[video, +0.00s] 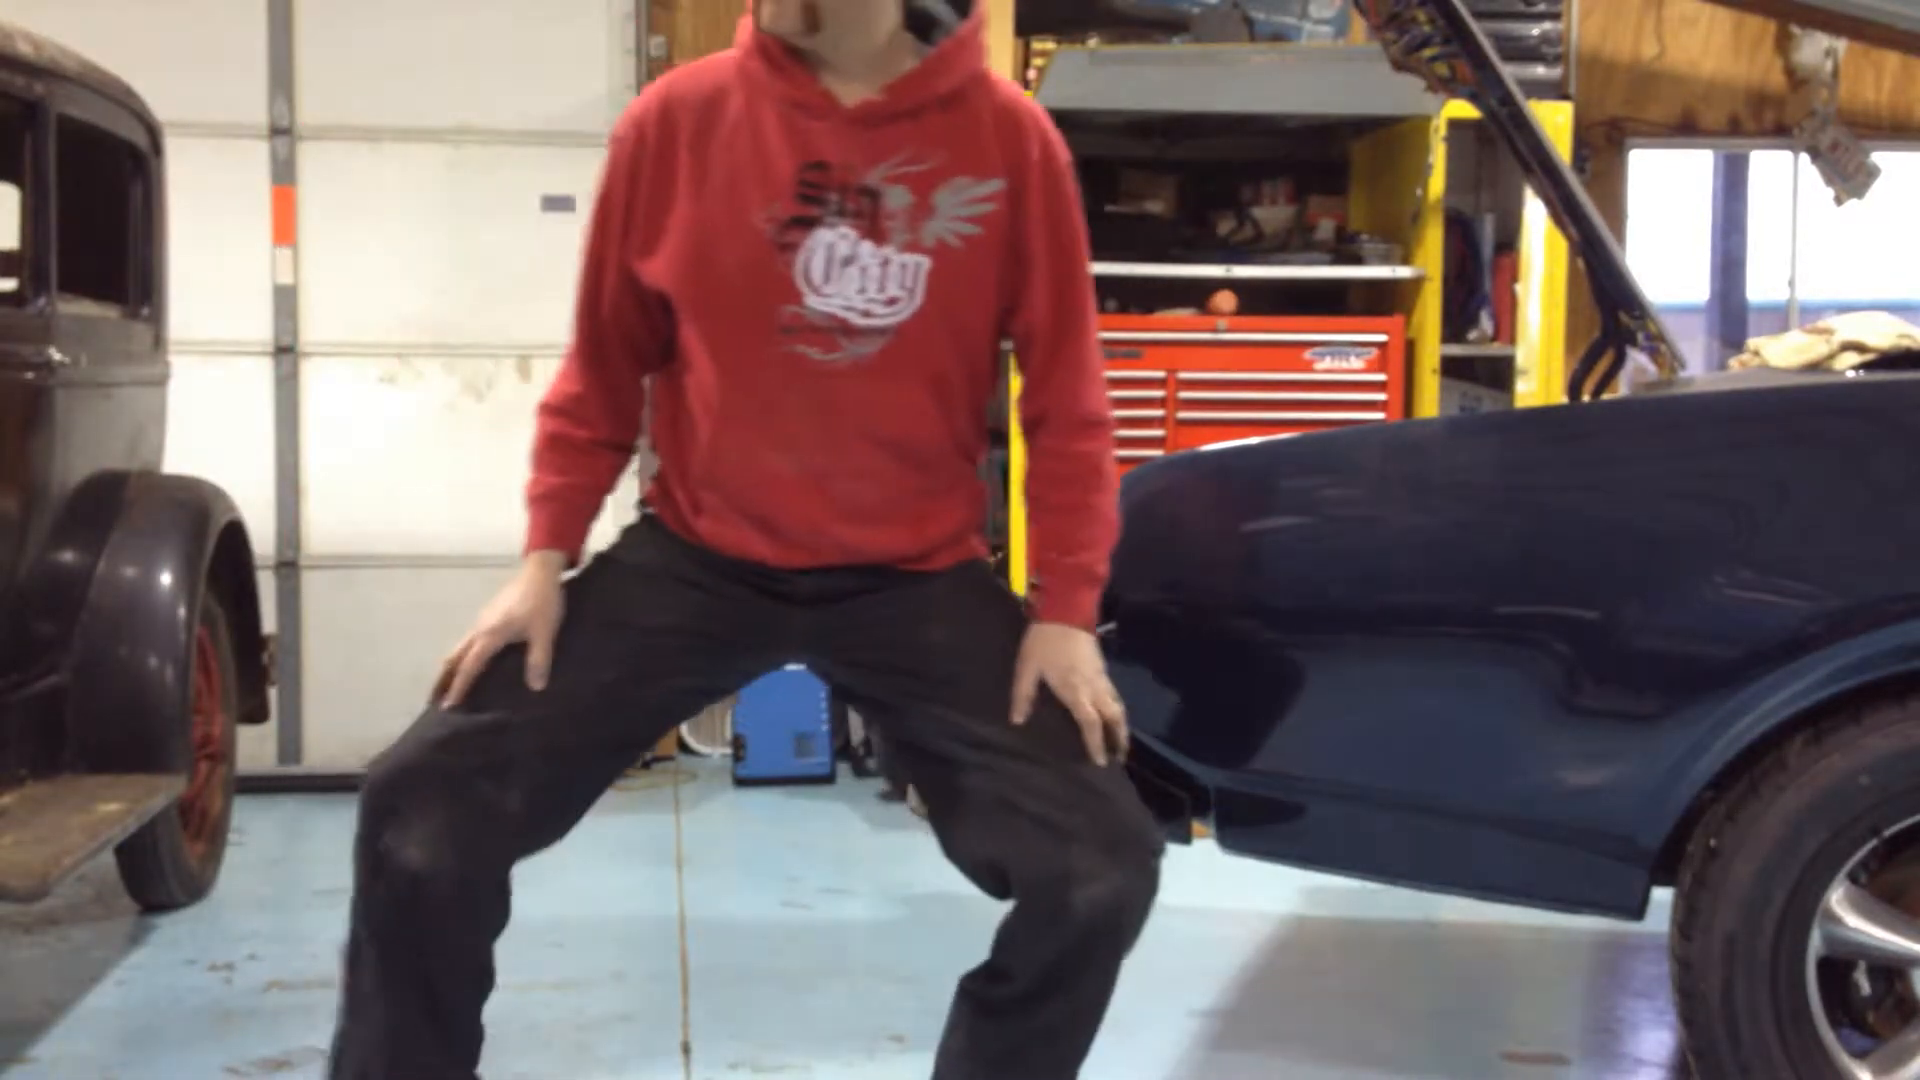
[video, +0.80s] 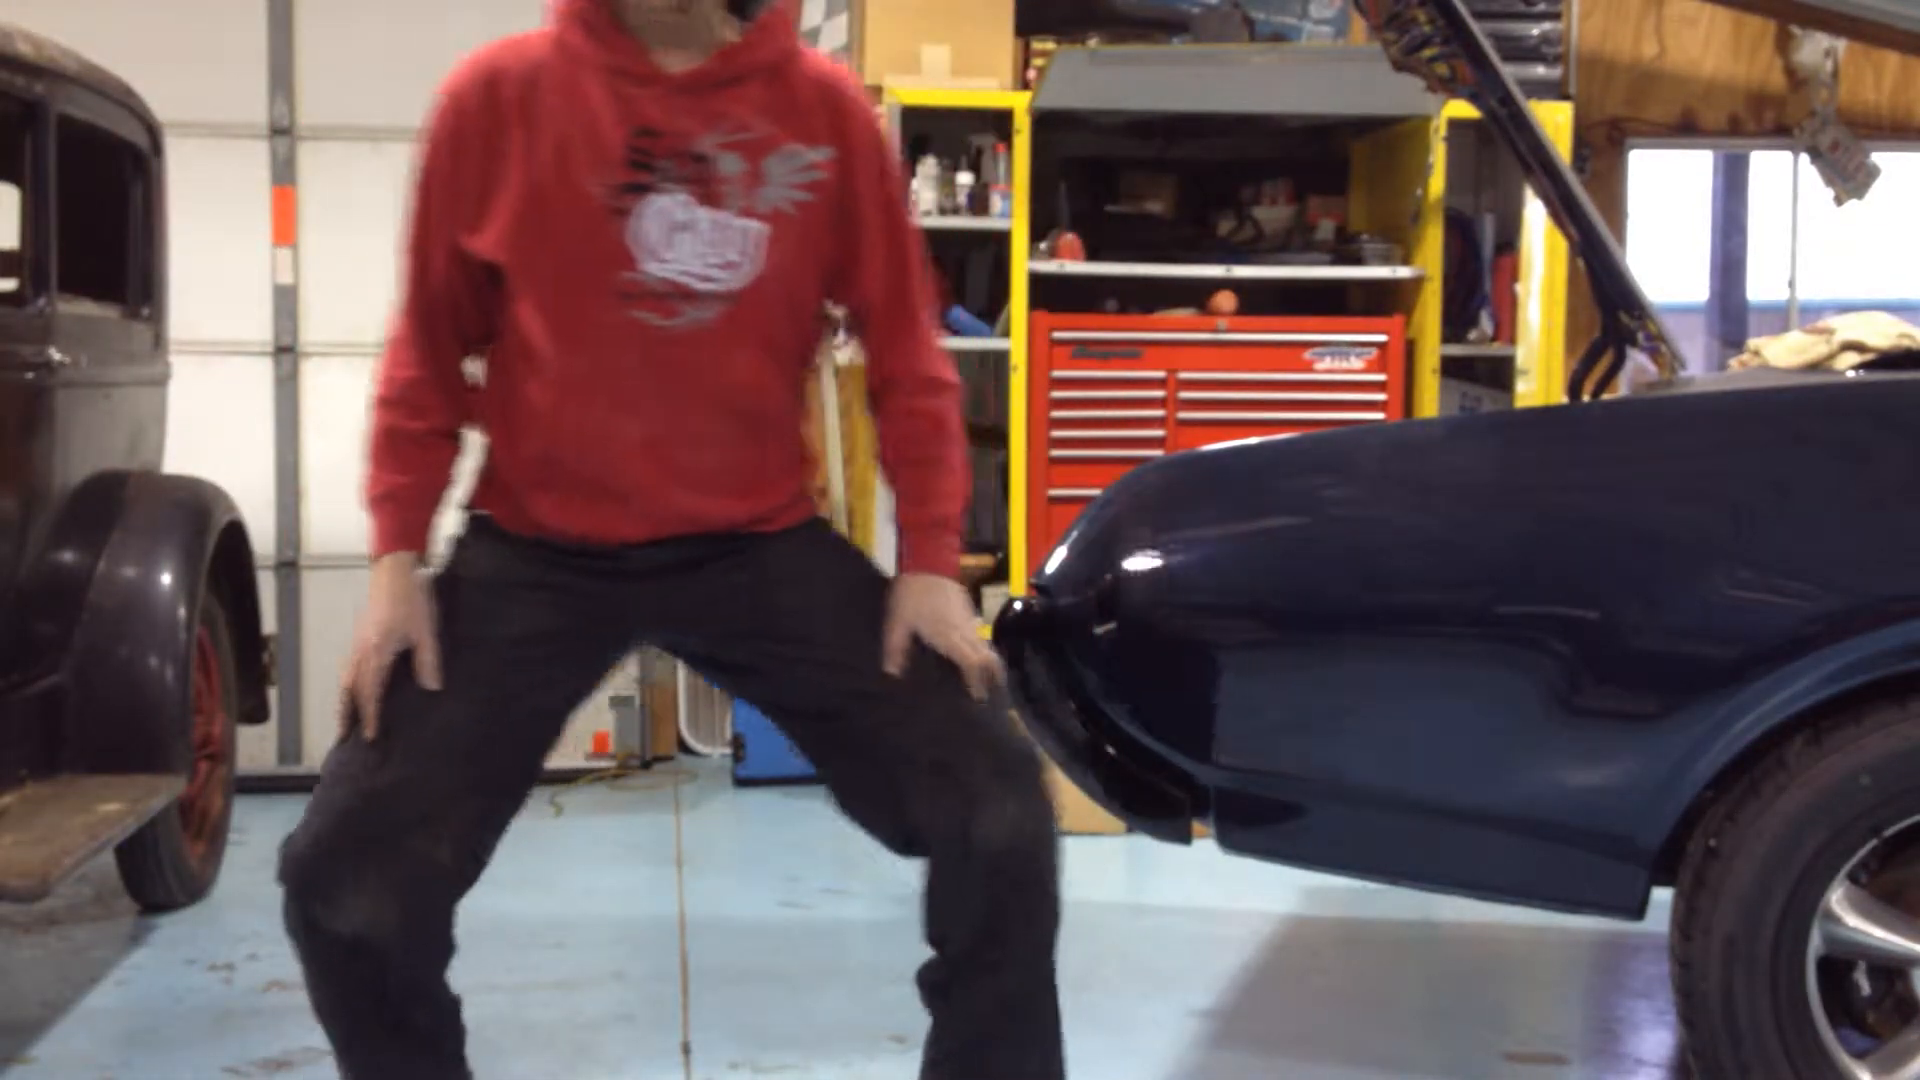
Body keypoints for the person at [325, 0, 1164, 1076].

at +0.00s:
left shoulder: (1011, 140)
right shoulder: (675, 123)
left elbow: (1068, 393)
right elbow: (603, 361)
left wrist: (1066, 611)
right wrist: (545, 556)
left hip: (916, 581)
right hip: (694, 562)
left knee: (1101, 862)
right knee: (423, 809)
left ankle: (985, 1075)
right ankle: (401, 1072)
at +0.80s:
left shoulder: (827, 110)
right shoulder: (499, 100)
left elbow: (908, 352)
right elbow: (429, 342)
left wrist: (932, 560)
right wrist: (396, 556)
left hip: (758, 551)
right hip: (536, 556)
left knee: (995, 810)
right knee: (351, 883)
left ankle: (990, 1065)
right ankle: (419, 1070)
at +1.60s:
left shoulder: (694, 50)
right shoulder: (420, 28)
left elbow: (668, 279)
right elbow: (328, 240)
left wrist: (609, 438)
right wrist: (363, 462)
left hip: (608, 486)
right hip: (416, 494)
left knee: (782, 752)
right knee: (359, 852)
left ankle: (828, 1063)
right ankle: (375, 1064)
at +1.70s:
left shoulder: (727, 23)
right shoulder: (519, 15)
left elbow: (640, 228)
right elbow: (358, 191)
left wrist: (647, 430)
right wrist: (468, 417)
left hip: (626, 486)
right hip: (456, 485)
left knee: (783, 785)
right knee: (422, 866)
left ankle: (706, 1065)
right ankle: (402, 1062)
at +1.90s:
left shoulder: (779, 23)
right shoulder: (627, 7)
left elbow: (750, 193)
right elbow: (457, 180)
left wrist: (809, 245)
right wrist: (652, 208)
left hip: (671, 442)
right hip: (579, 425)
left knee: (775, 796)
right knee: (641, 833)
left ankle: (672, 1069)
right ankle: (457, 1070)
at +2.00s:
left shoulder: (806, 24)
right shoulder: (666, 5)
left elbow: (791, 203)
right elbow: (534, 193)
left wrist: (832, 271)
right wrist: (670, 216)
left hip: (702, 432)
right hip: (629, 421)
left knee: (786, 807)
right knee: (655, 821)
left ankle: (700, 1066)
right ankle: (616, 1063)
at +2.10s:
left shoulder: (809, 20)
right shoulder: (690, 4)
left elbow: (791, 196)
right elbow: (562, 202)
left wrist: (853, 273)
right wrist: (712, 241)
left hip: (738, 423)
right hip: (665, 417)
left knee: (802, 821)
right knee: (738, 835)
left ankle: (734, 1066)